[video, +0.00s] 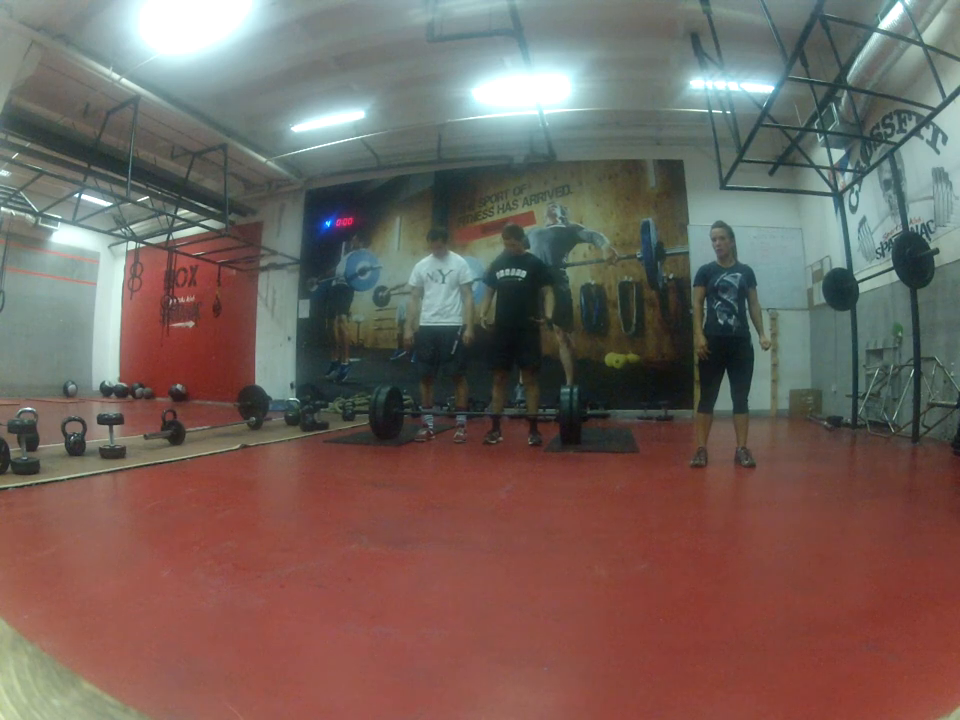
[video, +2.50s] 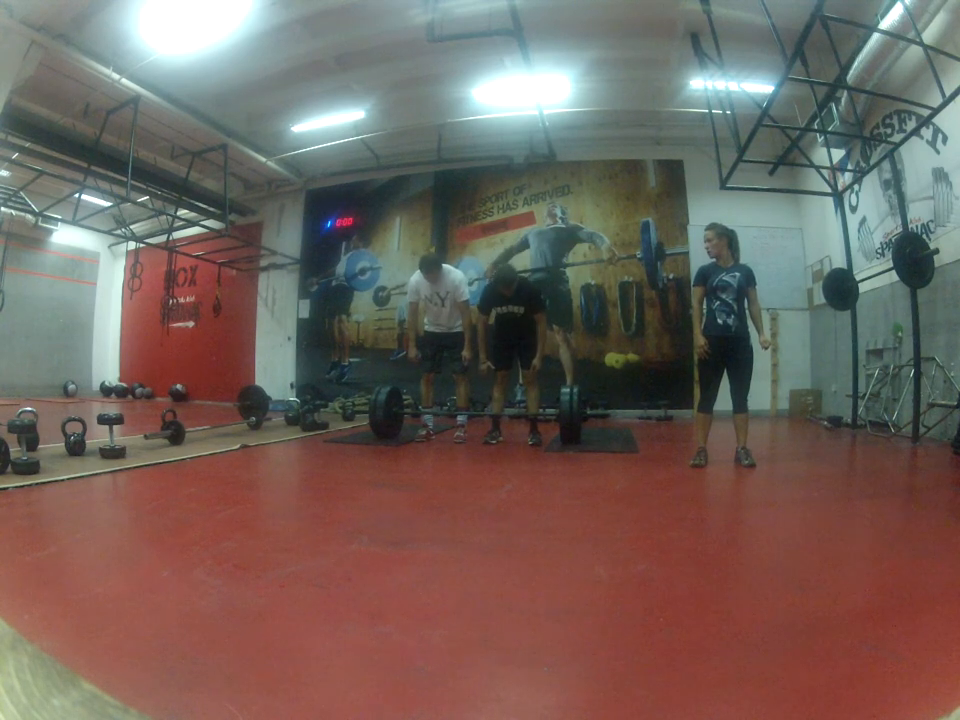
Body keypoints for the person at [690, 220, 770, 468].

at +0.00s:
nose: (718, 243)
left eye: (722, 239)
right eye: (714, 240)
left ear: (732, 241)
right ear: (711, 244)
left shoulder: (746, 272)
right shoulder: (705, 272)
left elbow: (754, 305)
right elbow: (697, 306)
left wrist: (761, 333)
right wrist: (698, 335)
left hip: (740, 343)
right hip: (712, 342)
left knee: (740, 398)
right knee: (707, 398)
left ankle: (742, 449)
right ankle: (701, 449)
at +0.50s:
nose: (718, 243)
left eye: (722, 239)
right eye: (714, 240)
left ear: (732, 241)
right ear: (711, 243)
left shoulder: (745, 272)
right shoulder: (705, 272)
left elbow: (754, 306)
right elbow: (697, 306)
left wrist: (761, 333)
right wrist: (698, 335)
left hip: (740, 343)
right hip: (712, 342)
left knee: (740, 398)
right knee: (707, 398)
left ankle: (742, 449)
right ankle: (701, 449)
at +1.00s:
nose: (717, 243)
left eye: (721, 238)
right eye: (713, 240)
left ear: (731, 241)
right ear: (710, 244)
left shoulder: (745, 272)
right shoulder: (704, 272)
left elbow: (753, 305)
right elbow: (697, 306)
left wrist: (761, 333)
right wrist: (698, 335)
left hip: (739, 343)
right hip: (711, 342)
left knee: (740, 399)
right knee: (706, 398)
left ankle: (742, 449)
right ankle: (701, 449)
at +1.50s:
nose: (707, 245)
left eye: (711, 240)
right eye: (706, 241)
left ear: (726, 241)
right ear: (710, 244)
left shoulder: (745, 271)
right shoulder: (704, 271)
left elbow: (754, 305)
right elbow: (697, 305)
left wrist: (761, 333)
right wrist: (698, 334)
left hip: (739, 342)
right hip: (711, 342)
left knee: (740, 399)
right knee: (706, 399)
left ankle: (742, 449)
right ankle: (701, 449)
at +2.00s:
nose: (707, 245)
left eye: (710, 240)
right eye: (705, 241)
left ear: (726, 241)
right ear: (710, 244)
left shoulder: (745, 271)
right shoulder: (704, 272)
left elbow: (754, 305)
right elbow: (697, 306)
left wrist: (761, 333)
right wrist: (697, 335)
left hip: (739, 342)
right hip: (711, 342)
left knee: (740, 399)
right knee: (706, 398)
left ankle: (742, 449)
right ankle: (701, 449)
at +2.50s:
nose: (707, 245)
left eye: (710, 240)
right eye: (705, 241)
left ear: (726, 241)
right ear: (709, 245)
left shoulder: (745, 271)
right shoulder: (704, 272)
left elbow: (753, 304)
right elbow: (697, 306)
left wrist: (761, 333)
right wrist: (697, 335)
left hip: (739, 342)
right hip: (711, 342)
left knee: (740, 399)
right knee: (706, 398)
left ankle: (742, 449)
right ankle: (701, 449)